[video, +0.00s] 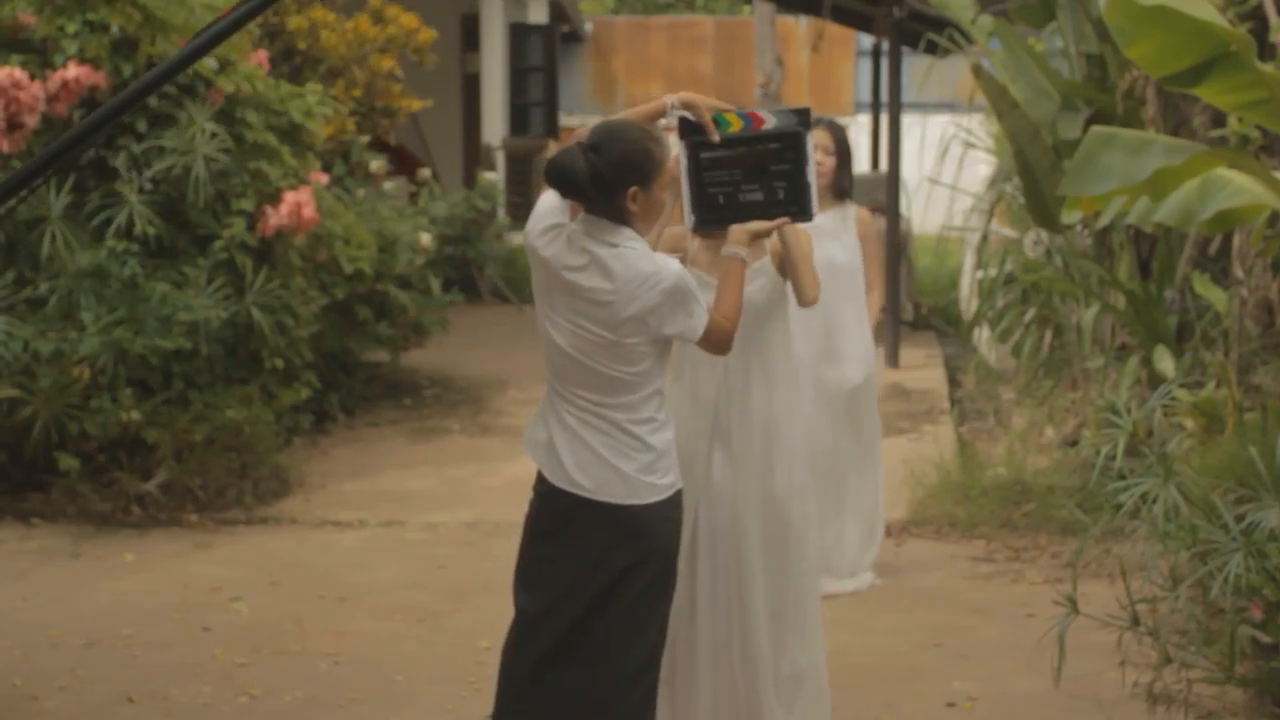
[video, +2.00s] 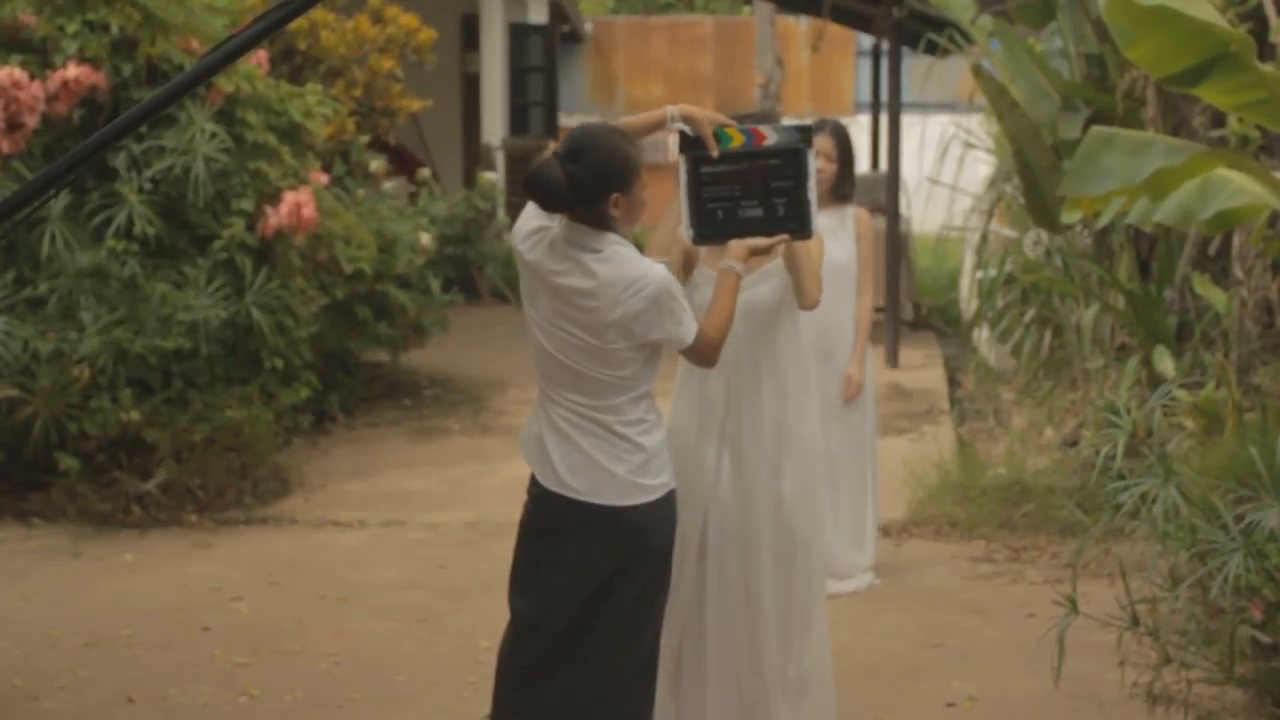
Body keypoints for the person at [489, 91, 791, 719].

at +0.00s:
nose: (672, 191)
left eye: (671, 180)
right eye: (666, 184)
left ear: (594, 192)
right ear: (634, 197)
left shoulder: (548, 232)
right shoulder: (654, 277)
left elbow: (574, 155)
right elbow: (718, 334)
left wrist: (653, 113)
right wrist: (737, 252)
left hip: (561, 480)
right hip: (638, 491)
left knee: (537, 650)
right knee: (623, 666)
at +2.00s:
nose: (648, 191)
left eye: (644, 178)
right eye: (642, 183)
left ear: (573, 191)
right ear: (616, 202)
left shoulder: (533, 240)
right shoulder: (642, 281)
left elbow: (573, 145)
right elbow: (704, 350)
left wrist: (669, 114)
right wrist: (732, 266)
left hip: (556, 486)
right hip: (634, 495)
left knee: (533, 649)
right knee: (621, 662)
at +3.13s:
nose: (629, 180)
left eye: (624, 170)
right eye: (625, 172)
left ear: (547, 180)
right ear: (616, 192)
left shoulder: (527, 243)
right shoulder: (640, 280)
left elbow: (559, 153)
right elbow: (703, 350)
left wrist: (663, 115)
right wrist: (728, 266)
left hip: (553, 488)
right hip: (632, 495)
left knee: (528, 651)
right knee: (619, 662)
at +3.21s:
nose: (628, 179)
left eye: (623, 170)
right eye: (624, 172)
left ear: (545, 181)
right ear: (614, 192)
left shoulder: (527, 242)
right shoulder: (639, 280)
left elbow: (558, 155)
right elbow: (702, 350)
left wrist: (662, 116)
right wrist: (729, 264)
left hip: (553, 487)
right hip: (631, 495)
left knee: (529, 650)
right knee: (619, 661)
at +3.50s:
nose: (627, 180)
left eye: (623, 170)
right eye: (622, 172)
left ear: (546, 181)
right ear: (612, 189)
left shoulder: (525, 244)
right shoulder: (638, 280)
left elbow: (556, 158)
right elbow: (701, 352)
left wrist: (656, 119)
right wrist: (726, 266)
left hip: (552, 488)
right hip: (631, 496)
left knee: (528, 650)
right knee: (618, 661)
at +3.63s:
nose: (627, 179)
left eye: (623, 169)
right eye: (622, 171)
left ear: (547, 181)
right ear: (612, 188)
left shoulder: (525, 245)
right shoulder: (638, 280)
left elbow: (555, 156)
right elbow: (701, 352)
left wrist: (656, 119)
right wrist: (726, 266)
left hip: (551, 489)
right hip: (632, 497)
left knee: (528, 652)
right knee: (618, 663)